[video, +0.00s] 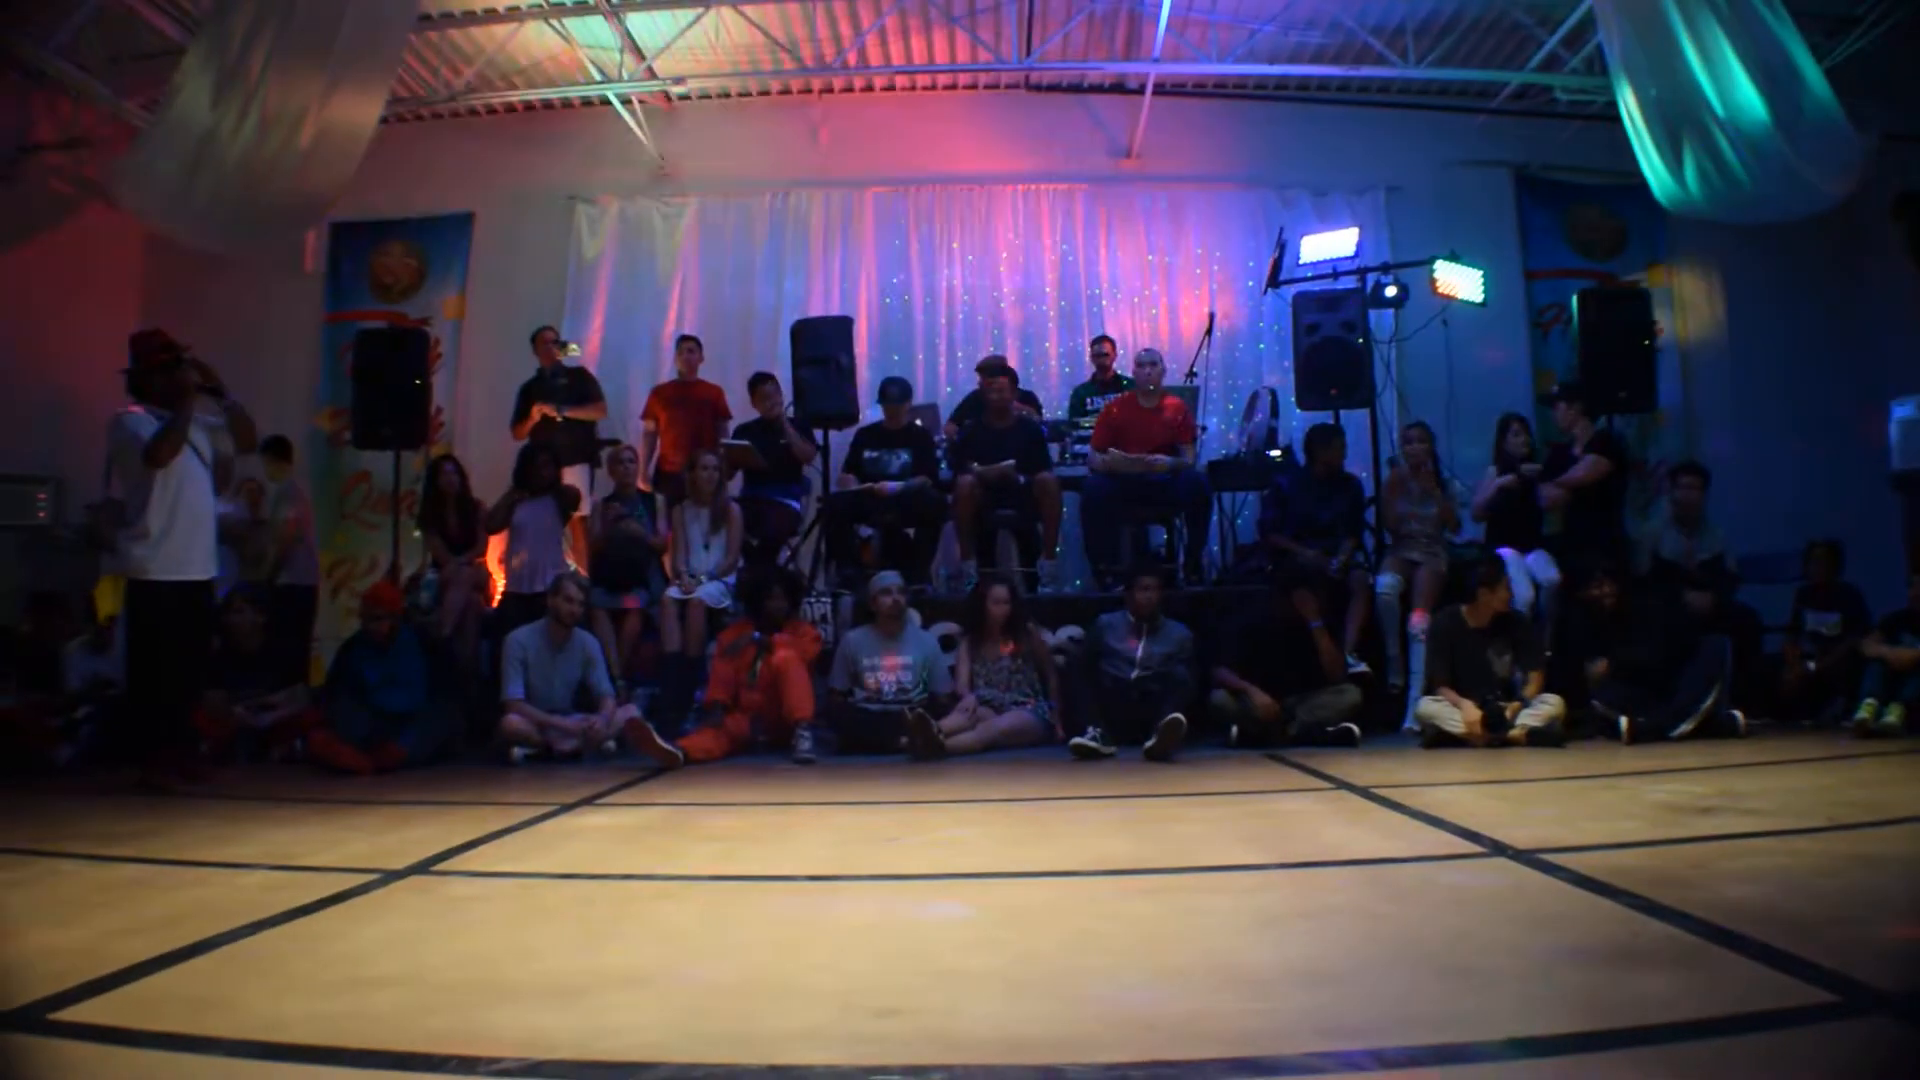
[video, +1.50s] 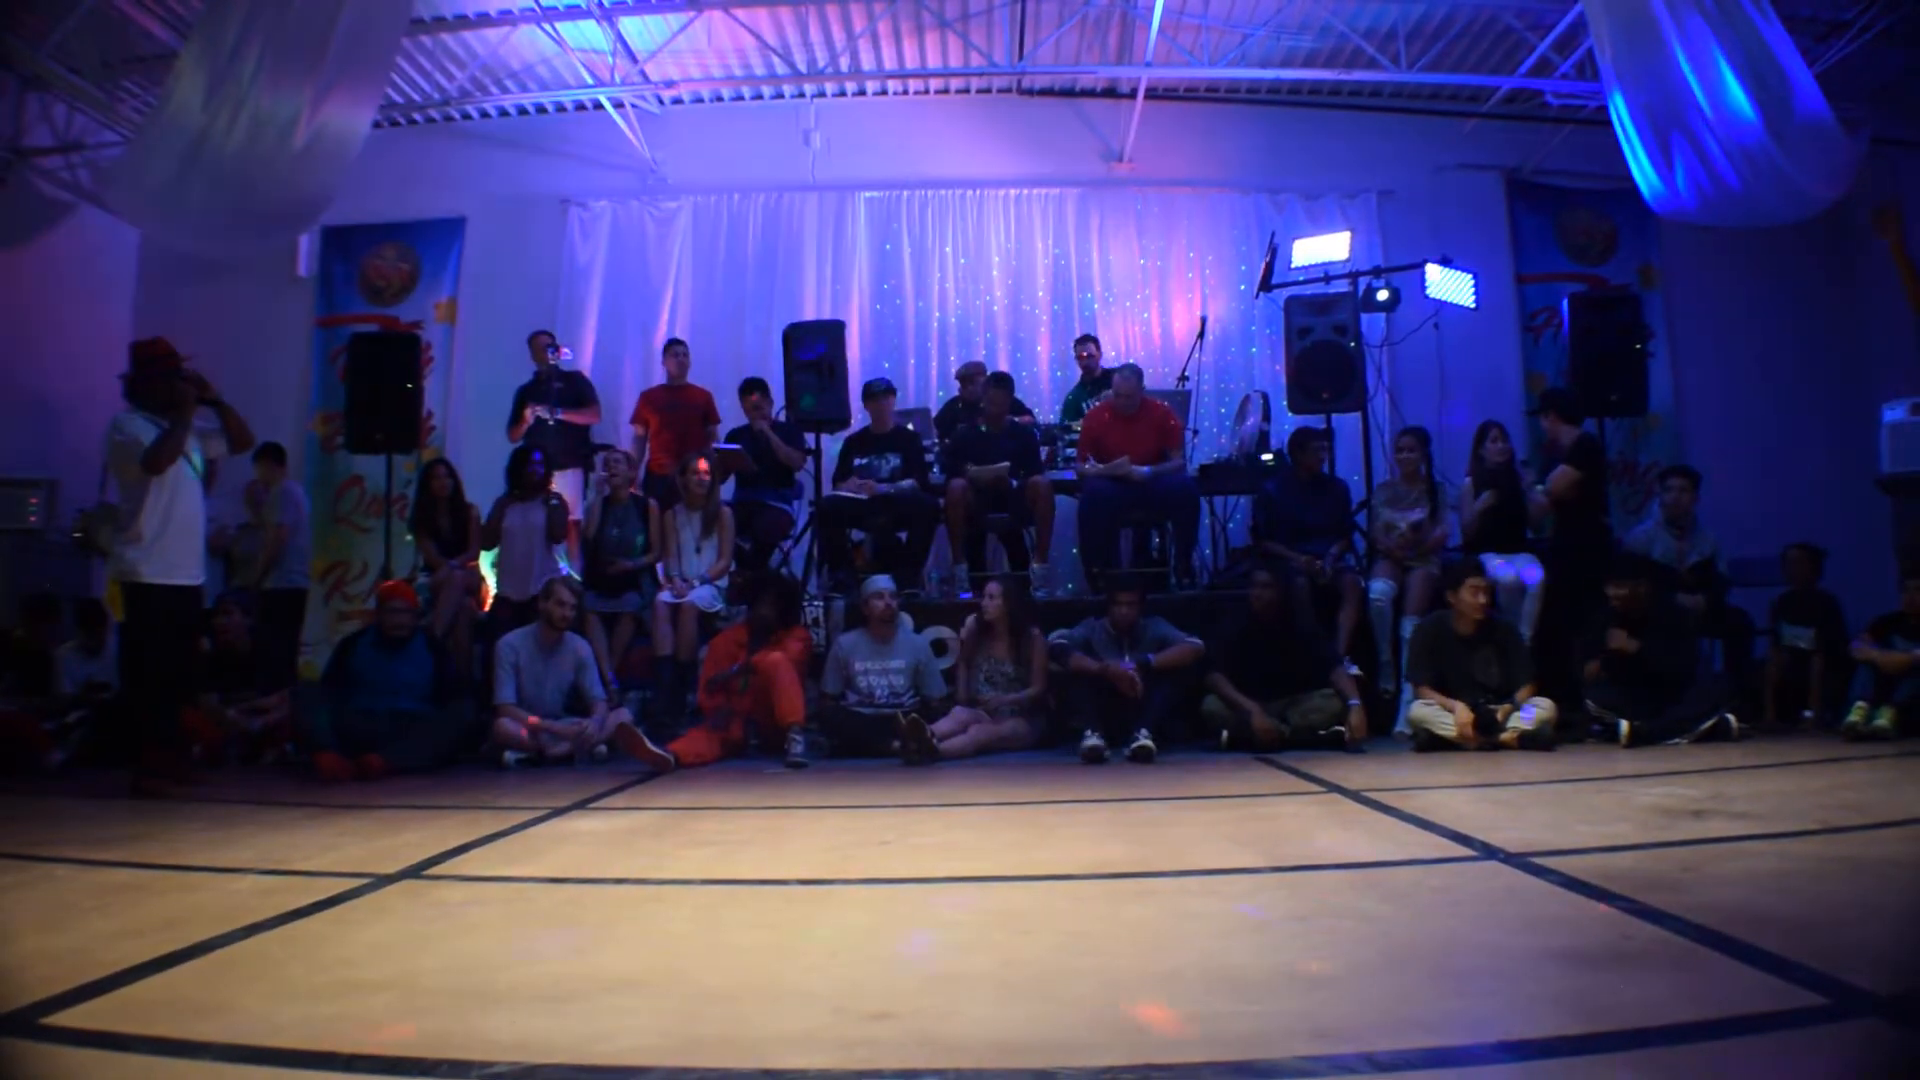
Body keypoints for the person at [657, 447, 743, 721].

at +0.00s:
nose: (709, 475)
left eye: (714, 469)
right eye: (703, 469)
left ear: (721, 475)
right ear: (692, 474)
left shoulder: (730, 510)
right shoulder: (681, 511)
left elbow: (732, 557)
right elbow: (677, 553)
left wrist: (709, 578)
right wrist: (682, 576)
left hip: (719, 576)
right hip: (689, 576)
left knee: (697, 602)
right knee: (668, 600)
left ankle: (692, 672)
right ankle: (670, 670)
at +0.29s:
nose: (707, 476)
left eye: (713, 470)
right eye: (702, 470)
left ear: (720, 476)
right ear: (691, 475)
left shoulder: (729, 510)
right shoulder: (680, 511)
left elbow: (731, 558)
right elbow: (676, 553)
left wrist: (706, 579)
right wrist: (681, 577)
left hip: (718, 577)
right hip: (687, 576)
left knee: (695, 603)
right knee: (667, 601)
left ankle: (690, 674)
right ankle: (670, 672)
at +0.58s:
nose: (707, 477)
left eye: (711, 471)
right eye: (701, 471)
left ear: (718, 477)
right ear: (688, 476)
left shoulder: (727, 512)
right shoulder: (678, 514)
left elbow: (730, 559)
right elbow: (675, 555)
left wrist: (705, 580)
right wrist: (679, 579)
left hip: (716, 579)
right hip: (686, 579)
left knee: (694, 605)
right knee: (666, 601)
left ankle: (689, 677)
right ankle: (668, 674)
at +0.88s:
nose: (703, 479)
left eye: (707, 473)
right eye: (697, 473)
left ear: (714, 479)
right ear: (684, 479)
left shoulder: (724, 513)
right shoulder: (674, 515)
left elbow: (726, 560)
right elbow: (672, 557)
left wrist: (700, 582)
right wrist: (676, 581)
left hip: (714, 580)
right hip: (683, 580)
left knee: (690, 606)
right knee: (662, 603)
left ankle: (685, 679)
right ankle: (665, 677)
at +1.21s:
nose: (701, 479)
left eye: (706, 473)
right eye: (695, 473)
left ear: (713, 479)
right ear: (683, 479)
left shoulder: (723, 514)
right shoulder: (673, 515)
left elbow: (725, 561)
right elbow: (671, 556)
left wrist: (699, 581)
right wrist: (675, 579)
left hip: (711, 580)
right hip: (680, 580)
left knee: (689, 606)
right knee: (661, 604)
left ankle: (683, 680)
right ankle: (664, 678)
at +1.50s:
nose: (702, 479)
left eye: (707, 474)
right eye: (696, 474)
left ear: (713, 480)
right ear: (683, 479)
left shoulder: (722, 514)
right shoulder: (672, 516)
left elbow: (725, 560)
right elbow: (669, 557)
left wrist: (698, 582)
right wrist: (674, 580)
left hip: (710, 581)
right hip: (678, 581)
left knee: (689, 605)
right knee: (661, 603)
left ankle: (683, 679)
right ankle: (664, 677)